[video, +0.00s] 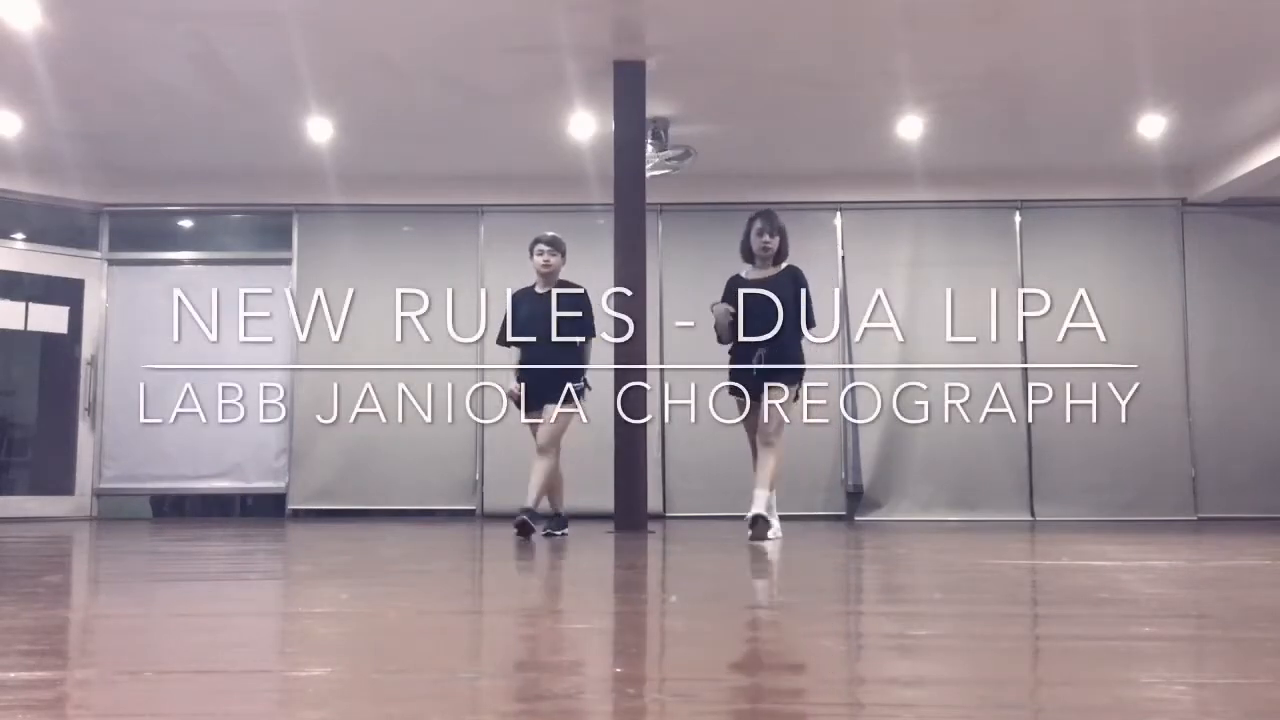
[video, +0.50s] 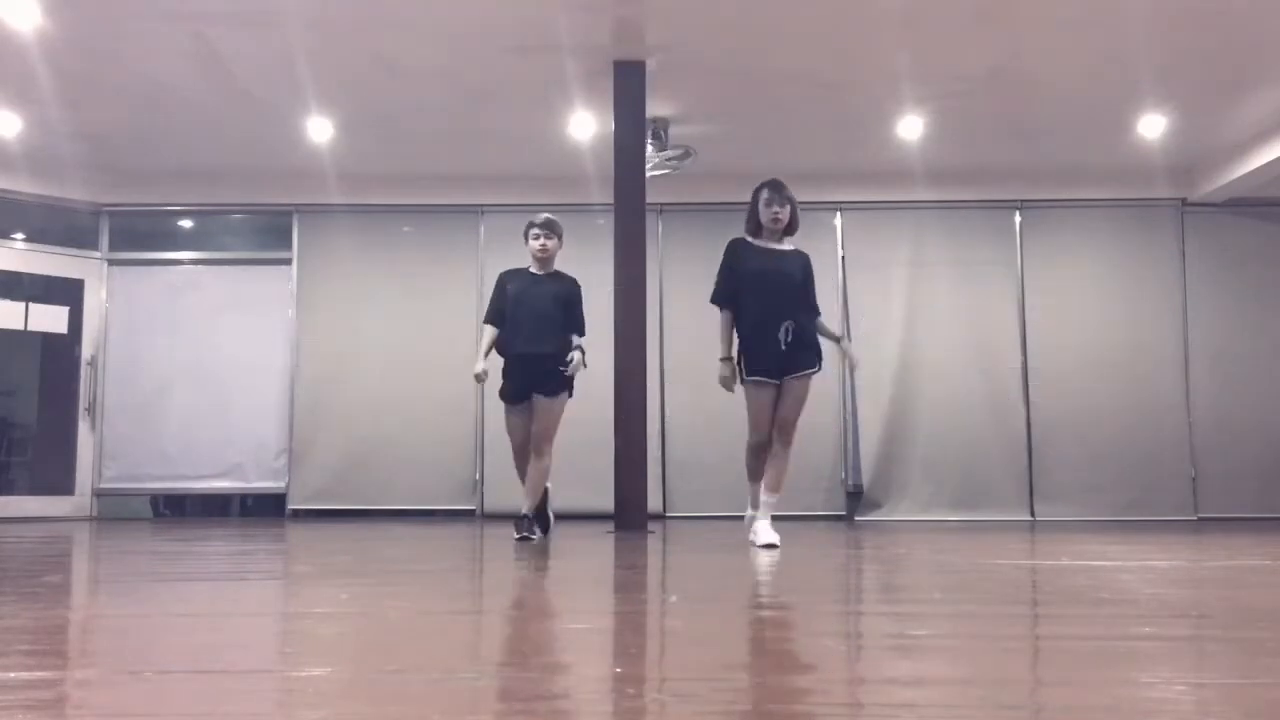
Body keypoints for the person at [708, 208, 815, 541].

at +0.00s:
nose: (766, 240)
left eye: (772, 234)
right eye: (760, 234)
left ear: (781, 239)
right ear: (749, 239)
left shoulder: (792, 275)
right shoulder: (736, 282)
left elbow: (807, 325)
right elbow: (725, 339)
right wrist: (720, 317)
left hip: (782, 364)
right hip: (745, 367)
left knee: (769, 433)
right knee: (757, 441)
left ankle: (757, 512)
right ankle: (770, 518)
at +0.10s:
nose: (767, 238)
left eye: (773, 233)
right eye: (761, 232)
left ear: (782, 238)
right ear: (749, 237)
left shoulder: (793, 276)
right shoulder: (736, 280)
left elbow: (804, 325)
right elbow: (726, 335)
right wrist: (715, 325)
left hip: (785, 365)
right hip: (745, 367)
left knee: (774, 439)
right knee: (758, 444)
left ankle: (764, 518)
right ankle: (770, 514)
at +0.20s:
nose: (769, 229)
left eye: (775, 224)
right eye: (762, 223)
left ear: (784, 230)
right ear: (750, 228)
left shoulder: (793, 270)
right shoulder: (734, 270)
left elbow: (801, 320)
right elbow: (722, 317)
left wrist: (805, 369)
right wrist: (708, 328)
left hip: (790, 363)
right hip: (748, 366)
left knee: (778, 438)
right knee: (759, 442)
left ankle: (764, 521)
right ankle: (770, 513)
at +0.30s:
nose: (771, 222)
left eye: (777, 217)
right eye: (765, 216)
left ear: (785, 223)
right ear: (752, 220)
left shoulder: (795, 264)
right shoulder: (734, 262)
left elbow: (803, 319)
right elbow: (718, 310)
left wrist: (810, 367)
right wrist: (707, 346)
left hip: (792, 360)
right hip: (750, 363)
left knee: (779, 437)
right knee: (757, 438)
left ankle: (764, 521)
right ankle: (769, 505)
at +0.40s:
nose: (774, 216)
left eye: (780, 210)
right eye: (767, 210)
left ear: (788, 216)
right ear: (754, 215)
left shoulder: (797, 261)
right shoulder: (736, 256)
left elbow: (807, 318)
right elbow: (721, 310)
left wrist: (823, 358)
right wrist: (713, 354)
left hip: (796, 358)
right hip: (753, 359)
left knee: (781, 433)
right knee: (757, 435)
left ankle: (764, 520)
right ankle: (760, 509)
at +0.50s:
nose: (777, 210)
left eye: (783, 204)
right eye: (770, 203)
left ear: (792, 210)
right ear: (756, 209)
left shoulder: (800, 258)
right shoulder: (739, 249)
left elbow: (810, 316)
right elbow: (727, 307)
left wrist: (840, 340)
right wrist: (726, 358)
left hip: (799, 355)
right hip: (757, 356)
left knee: (783, 438)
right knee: (760, 439)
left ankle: (764, 520)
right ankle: (756, 505)